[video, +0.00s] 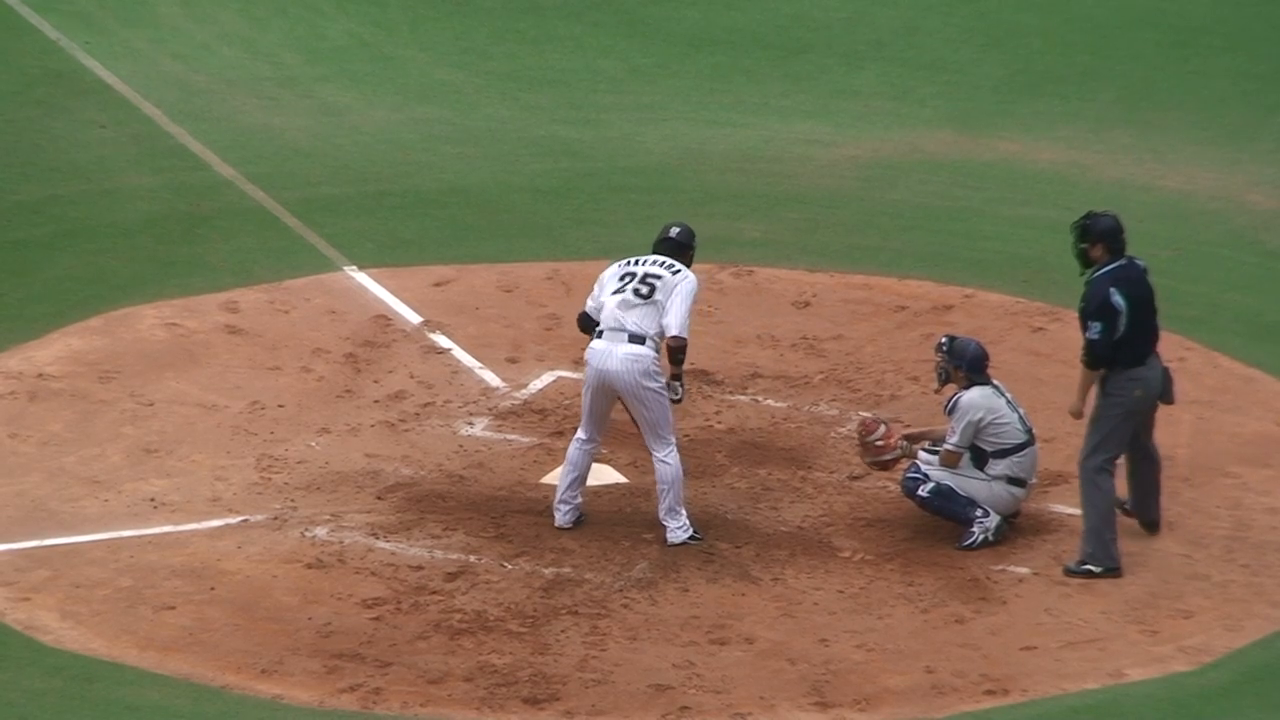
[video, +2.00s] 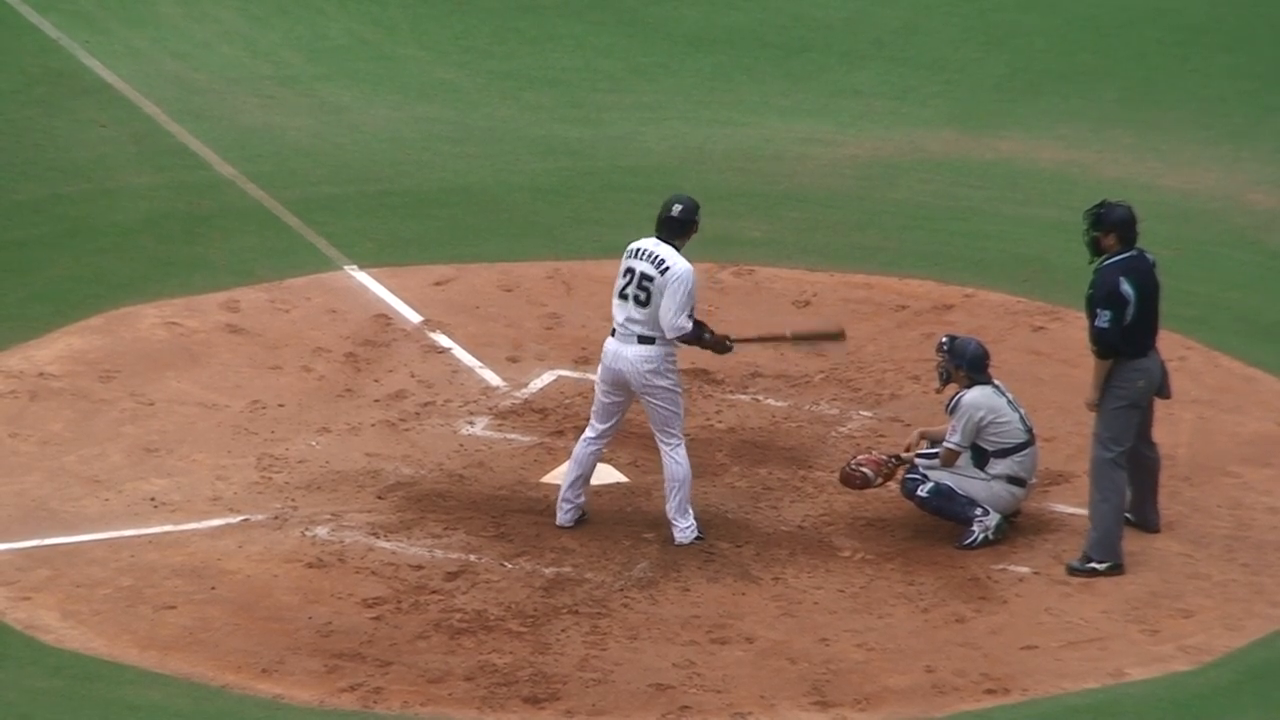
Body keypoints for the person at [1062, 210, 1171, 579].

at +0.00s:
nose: (1082, 249)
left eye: (1086, 244)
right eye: (1082, 242)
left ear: (1100, 248)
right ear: (1112, 245)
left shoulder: (1100, 289)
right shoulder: (1136, 269)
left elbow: (1094, 354)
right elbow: (1144, 326)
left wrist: (1079, 398)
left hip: (1124, 383)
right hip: (1150, 373)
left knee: (1094, 463)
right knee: (1140, 444)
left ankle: (1101, 557)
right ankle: (1146, 510)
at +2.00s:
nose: (1093, 236)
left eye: (1098, 232)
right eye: (1096, 230)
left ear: (1110, 237)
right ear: (1126, 234)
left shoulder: (1109, 276)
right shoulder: (1143, 261)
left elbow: (1106, 343)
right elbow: (1145, 321)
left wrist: (1095, 388)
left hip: (1124, 372)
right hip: (1147, 363)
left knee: (1108, 457)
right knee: (1139, 443)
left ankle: (1103, 553)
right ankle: (1145, 512)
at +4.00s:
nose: (1086, 239)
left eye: (1091, 234)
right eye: (1088, 232)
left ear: (1104, 239)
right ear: (1118, 236)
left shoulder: (1103, 278)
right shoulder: (1138, 263)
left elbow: (1100, 344)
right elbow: (1143, 322)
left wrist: (1089, 386)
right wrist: (1143, 361)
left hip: (1122, 375)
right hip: (1145, 365)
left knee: (1108, 459)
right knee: (1138, 444)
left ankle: (1105, 554)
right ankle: (1147, 514)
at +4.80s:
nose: (1056, 283)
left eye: (1059, 277)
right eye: (1056, 276)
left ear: (1073, 279)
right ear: (1086, 275)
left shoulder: (1083, 312)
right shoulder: (1112, 294)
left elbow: (1091, 373)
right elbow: (1133, 350)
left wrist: (1079, 424)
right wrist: (1115, 397)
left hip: (1152, 392)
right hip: (1169, 383)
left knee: (1090, 462)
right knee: (1130, 440)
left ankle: (1096, 553)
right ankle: (1142, 513)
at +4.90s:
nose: (1055, 289)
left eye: (1058, 283)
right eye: (1054, 283)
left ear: (1072, 285)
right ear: (1085, 280)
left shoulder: (1082, 318)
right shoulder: (1111, 299)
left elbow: (1091, 380)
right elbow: (1132, 352)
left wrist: (1080, 429)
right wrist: (1118, 401)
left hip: (1153, 396)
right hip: (1170, 387)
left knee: (1086, 464)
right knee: (1128, 438)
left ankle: (1095, 552)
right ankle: (1140, 512)